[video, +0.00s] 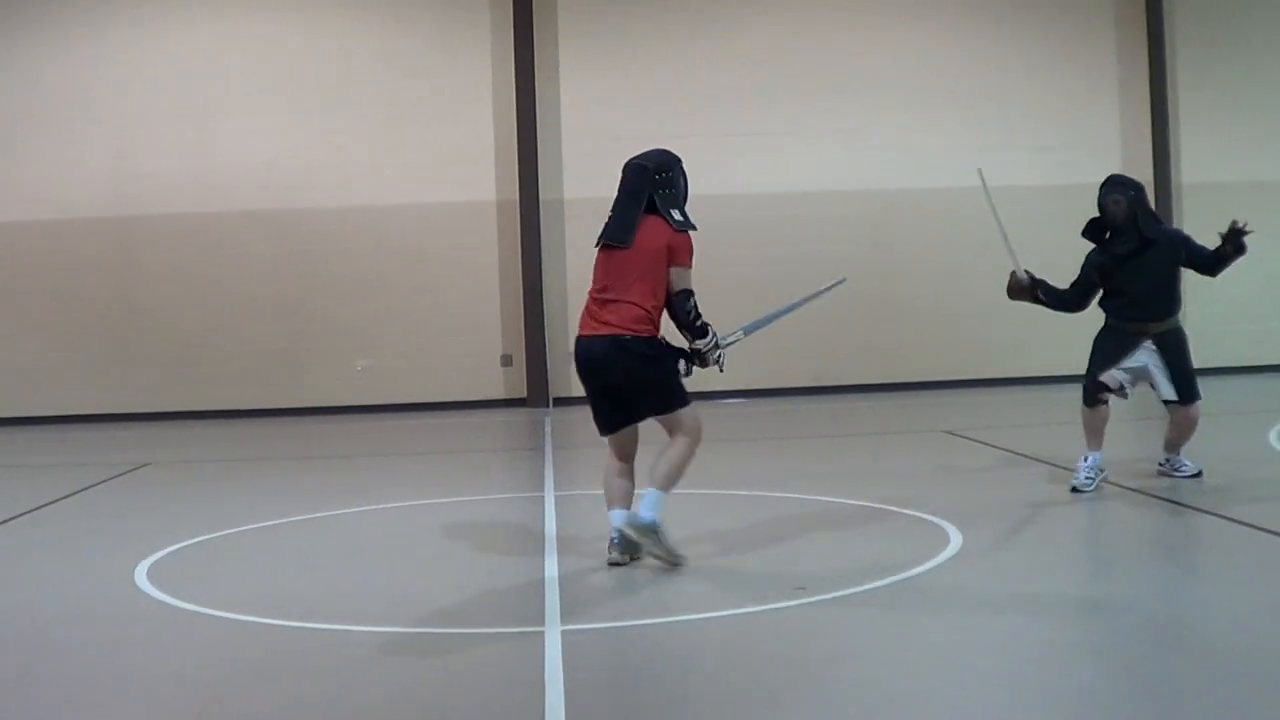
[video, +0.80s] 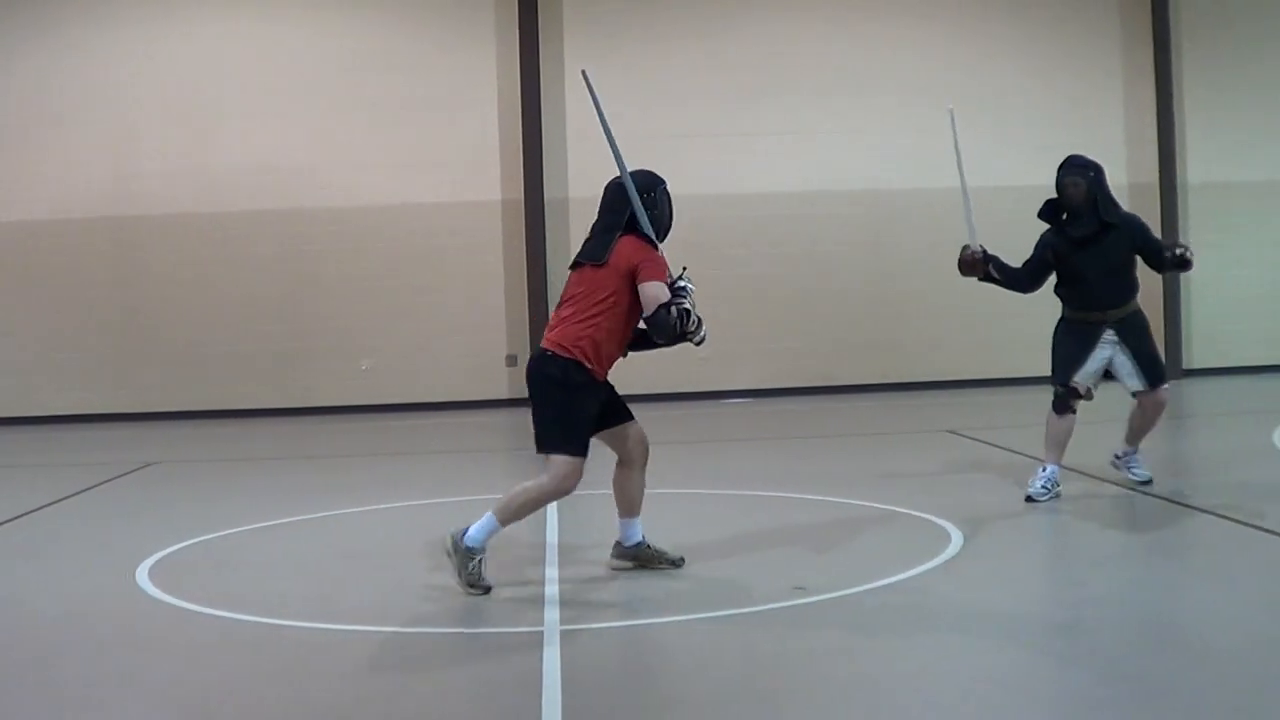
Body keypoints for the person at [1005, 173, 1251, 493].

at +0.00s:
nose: (1111, 209)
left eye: (1118, 202)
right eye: (1106, 203)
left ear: (1135, 204)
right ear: (1101, 208)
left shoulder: (1167, 240)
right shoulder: (1102, 254)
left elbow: (1208, 265)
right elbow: (1075, 300)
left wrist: (1228, 250)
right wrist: (1036, 288)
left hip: (1165, 334)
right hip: (1118, 334)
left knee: (1188, 412)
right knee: (1093, 392)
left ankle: (1171, 457)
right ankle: (1093, 461)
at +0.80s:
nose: (1068, 191)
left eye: (1075, 184)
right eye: (1064, 185)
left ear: (1094, 185)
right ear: (1059, 191)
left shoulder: (1125, 226)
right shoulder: (1056, 238)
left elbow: (1157, 257)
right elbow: (1028, 280)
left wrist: (1176, 257)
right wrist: (988, 265)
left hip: (1127, 320)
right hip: (1078, 325)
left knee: (1155, 396)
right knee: (1065, 397)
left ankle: (1127, 454)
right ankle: (1049, 473)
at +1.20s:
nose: (1061, 188)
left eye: (1068, 181)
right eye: (1056, 182)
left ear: (1085, 183)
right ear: (1049, 186)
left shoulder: (1115, 221)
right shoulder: (1047, 233)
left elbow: (1147, 245)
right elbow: (1020, 276)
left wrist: (1147, 290)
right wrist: (986, 261)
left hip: (1112, 320)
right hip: (1066, 321)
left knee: (1121, 398)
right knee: (1048, 388)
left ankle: (1094, 463)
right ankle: (1031, 465)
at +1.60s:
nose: (1000, 185)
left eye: (1006, 178)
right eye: (994, 179)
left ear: (1020, 183)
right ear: (984, 186)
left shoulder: (1042, 228)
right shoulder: (975, 234)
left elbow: (1064, 257)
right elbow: (947, 277)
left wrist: (1059, 299)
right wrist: (921, 261)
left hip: (1035, 324)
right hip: (990, 327)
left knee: (1051, 396)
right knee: (988, 401)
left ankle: (1041, 465)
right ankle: (977, 478)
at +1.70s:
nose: (974, 186)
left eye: (980, 179)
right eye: (967, 180)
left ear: (993, 182)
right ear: (957, 184)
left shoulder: (1013, 226)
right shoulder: (947, 232)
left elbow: (1031, 258)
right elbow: (922, 276)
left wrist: (1027, 299)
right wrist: (897, 261)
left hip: (1005, 322)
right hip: (962, 325)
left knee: (1020, 395)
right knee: (965, 402)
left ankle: (1020, 464)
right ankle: (957, 479)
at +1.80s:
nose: (946, 184)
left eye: (953, 177)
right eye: (939, 178)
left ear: (965, 179)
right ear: (929, 181)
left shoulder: (984, 222)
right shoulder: (920, 228)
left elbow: (1000, 255)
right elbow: (896, 273)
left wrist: (994, 296)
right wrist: (871, 261)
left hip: (975, 319)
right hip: (934, 322)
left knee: (988, 393)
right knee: (942, 403)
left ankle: (985, 463)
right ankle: (935, 480)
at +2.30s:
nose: (892, 197)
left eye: (898, 189)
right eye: (885, 190)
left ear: (909, 192)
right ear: (872, 194)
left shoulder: (921, 233)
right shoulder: (862, 238)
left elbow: (931, 272)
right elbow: (845, 285)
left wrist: (928, 308)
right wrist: (829, 272)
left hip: (911, 326)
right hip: (877, 329)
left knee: (916, 408)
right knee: (896, 405)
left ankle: (871, 473)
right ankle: (894, 483)